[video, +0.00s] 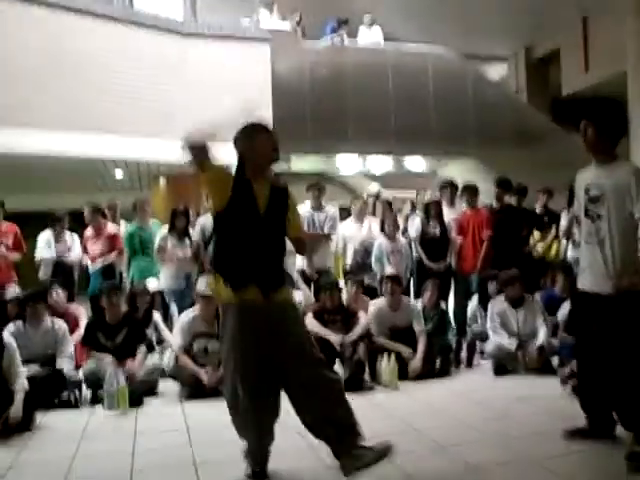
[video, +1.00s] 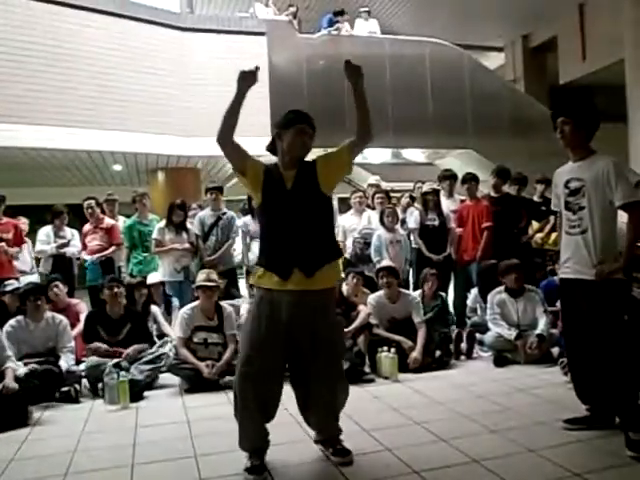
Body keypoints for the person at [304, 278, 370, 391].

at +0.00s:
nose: (330, 298)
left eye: (333, 293)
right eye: (326, 294)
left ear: (339, 294)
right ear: (319, 296)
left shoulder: (349, 311)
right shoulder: (315, 313)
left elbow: (363, 321)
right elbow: (310, 324)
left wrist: (349, 338)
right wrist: (332, 337)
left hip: (349, 348)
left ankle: (354, 380)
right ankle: (324, 383)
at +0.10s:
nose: (326, 288)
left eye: (329, 284)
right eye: (321, 284)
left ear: (335, 285)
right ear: (316, 287)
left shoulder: (343, 301)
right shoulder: (312, 302)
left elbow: (362, 311)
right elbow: (305, 314)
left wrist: (346, 330)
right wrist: (328, 328)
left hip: (344, 345)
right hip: (321, 344)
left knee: (360, 328)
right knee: (309, 330)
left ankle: (356, 367)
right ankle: (318, 370)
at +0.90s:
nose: (331, 288)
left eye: (334, 284)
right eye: (328, 285)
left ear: (340, 286)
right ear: (324, 287)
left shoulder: (345, 302)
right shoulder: (321, 305)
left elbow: (366, 312)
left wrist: (349, 330)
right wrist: (332, 331)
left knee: (363, 329)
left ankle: (361, 366)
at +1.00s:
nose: (356, 282)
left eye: (359, 279)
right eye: (353, 278)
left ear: (362, 283)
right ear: (346, 280)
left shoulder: (365, 296)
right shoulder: (339, 294)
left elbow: (366, 311)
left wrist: (350, 329)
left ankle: (361, 365)